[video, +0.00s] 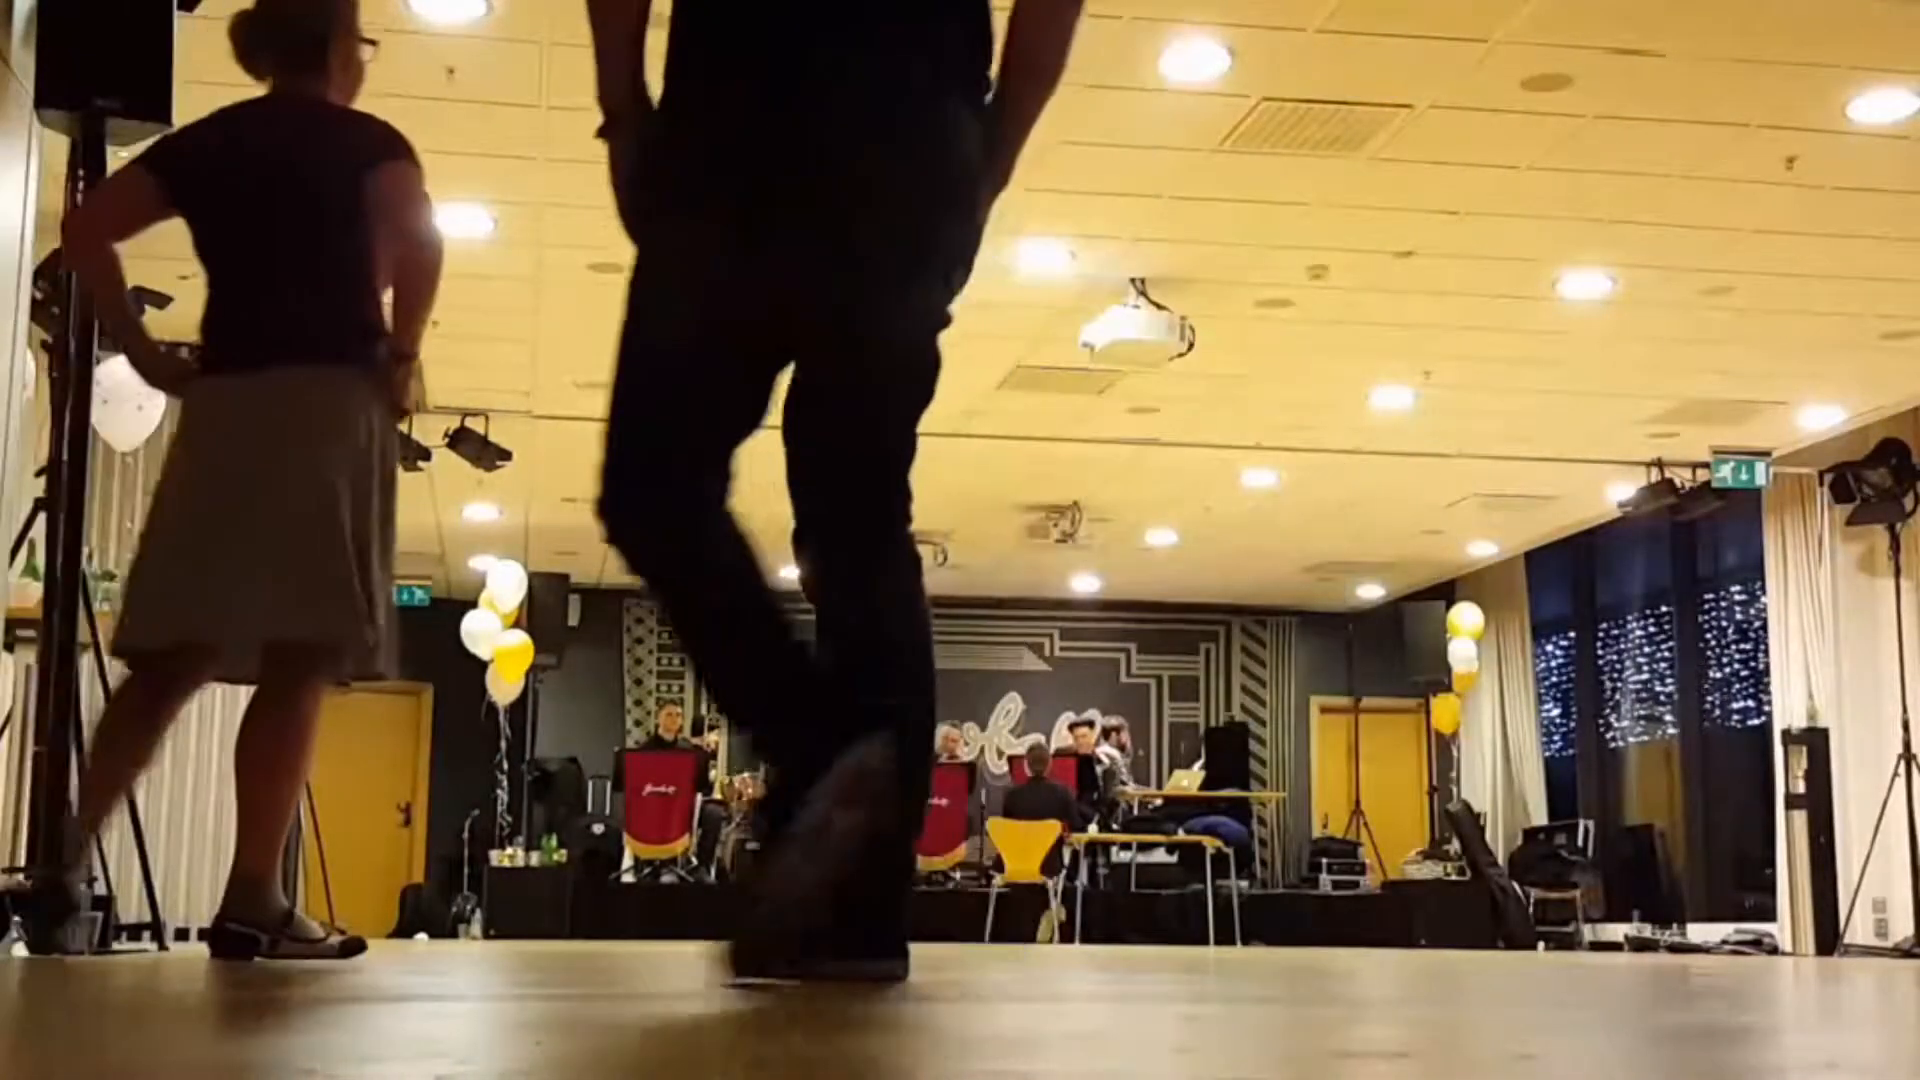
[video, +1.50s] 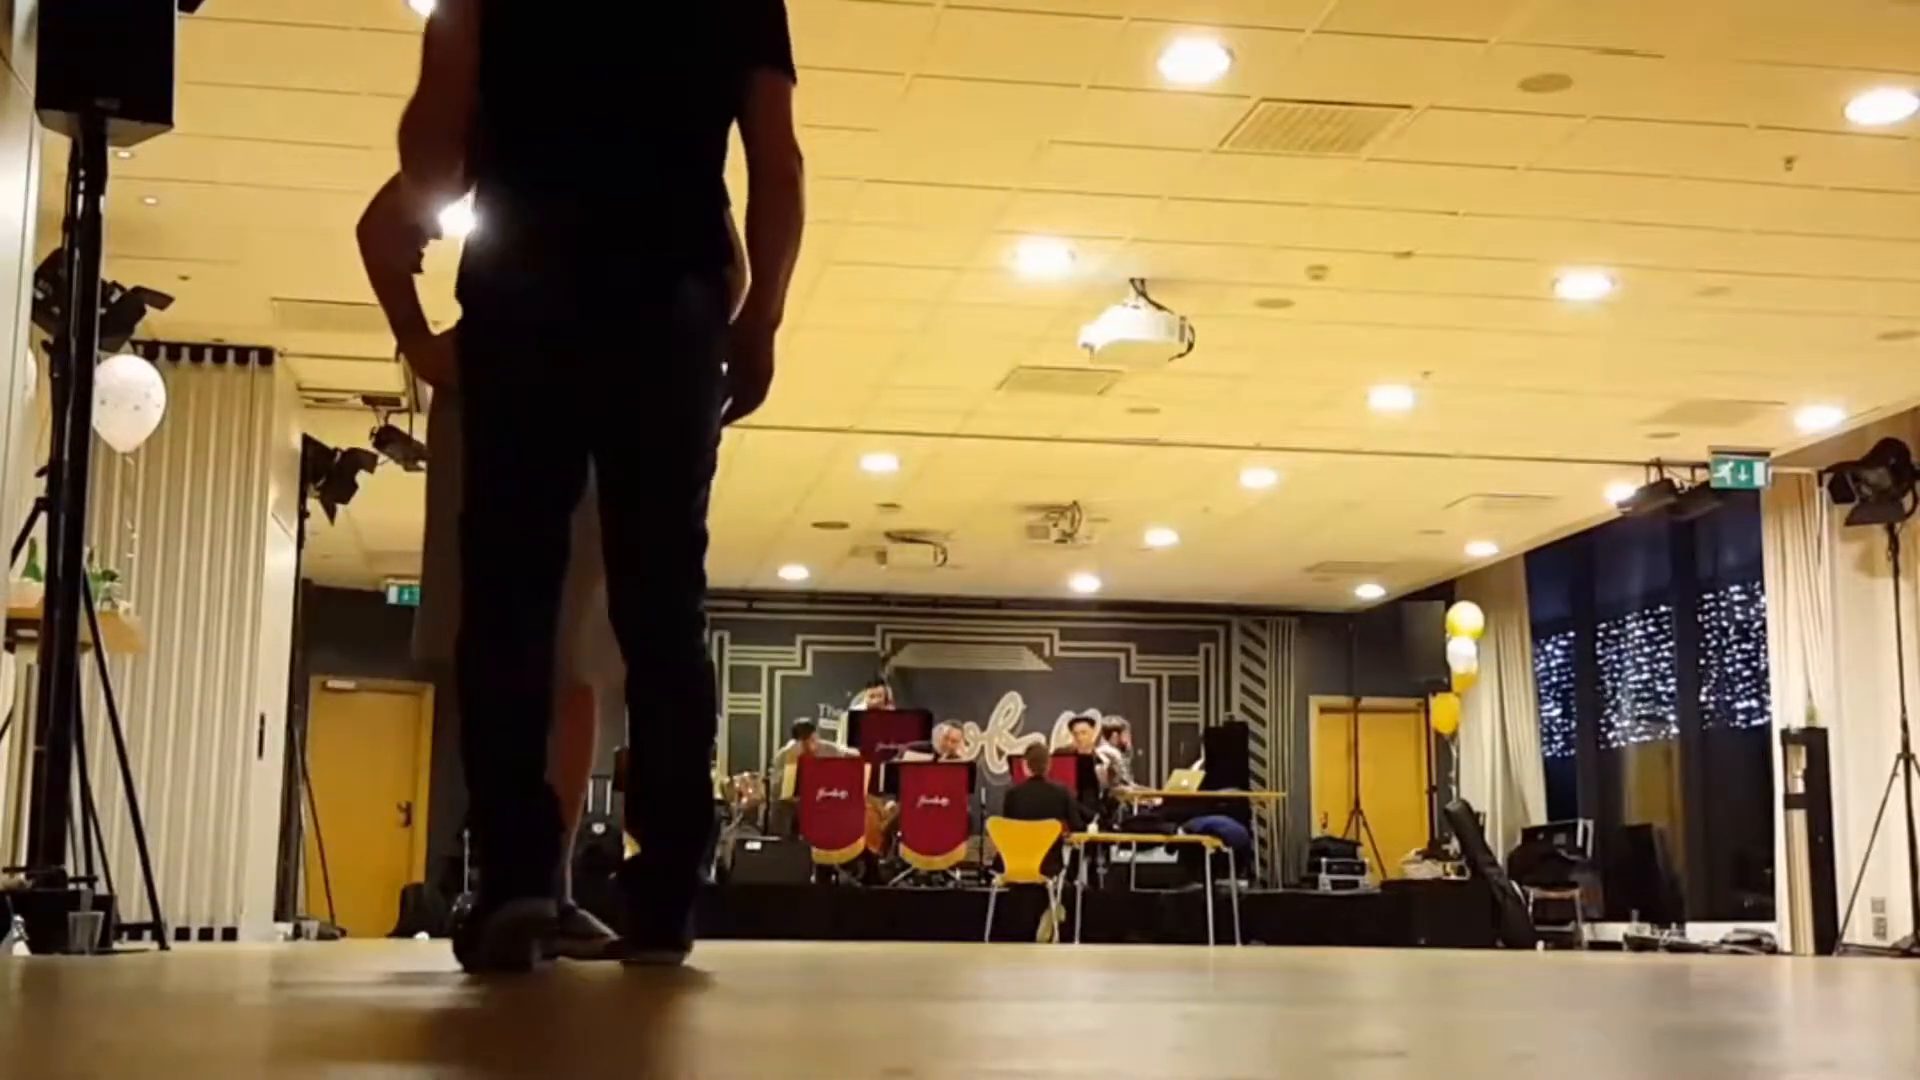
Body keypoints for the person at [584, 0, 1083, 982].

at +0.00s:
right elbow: (1055, 1)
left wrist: (625, 112)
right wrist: (992, 154)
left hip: (734, 121)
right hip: (922, 136)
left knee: (657, 494)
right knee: (859, 513)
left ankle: (818, 754)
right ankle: (864, 911)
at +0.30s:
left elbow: (583, 0)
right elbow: (983, 9)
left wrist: (583, 152)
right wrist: (924, 177)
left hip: (665, 158)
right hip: (850, 168)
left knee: (598, 534)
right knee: (841, 532)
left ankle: (543, 891)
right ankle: (864, 900)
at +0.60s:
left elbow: (490, 51)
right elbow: (882, 51)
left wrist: (527, 218)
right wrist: (845, 241)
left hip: (580, 227)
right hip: (748, 225)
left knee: (539, 570)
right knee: (785, 548)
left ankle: (514, 904)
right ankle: (850, 846)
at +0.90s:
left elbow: (400, 40)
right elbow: (793, 77)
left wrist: (401, 213)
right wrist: (772, 258)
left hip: (510, 261)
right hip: (674, 261)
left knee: (503, 590)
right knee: (705, 567)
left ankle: (512, 902)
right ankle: (742, 837)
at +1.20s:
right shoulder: (737, 4)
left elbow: (390, 86)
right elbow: (763, 114)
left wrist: (382, 194)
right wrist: (750, 282)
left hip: (503, 277)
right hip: (660, 281)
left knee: (500, 605)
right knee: (672, 604)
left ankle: (512, 909)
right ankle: (685, 907)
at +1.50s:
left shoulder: (473, 11)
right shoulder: (742, 13)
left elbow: (431, 151)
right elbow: (778, 162)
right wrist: (763, 321)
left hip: (522, 314)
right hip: (670, 315)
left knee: (506, 609)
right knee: (664, 611)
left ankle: (517, 890)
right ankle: (665, 898)